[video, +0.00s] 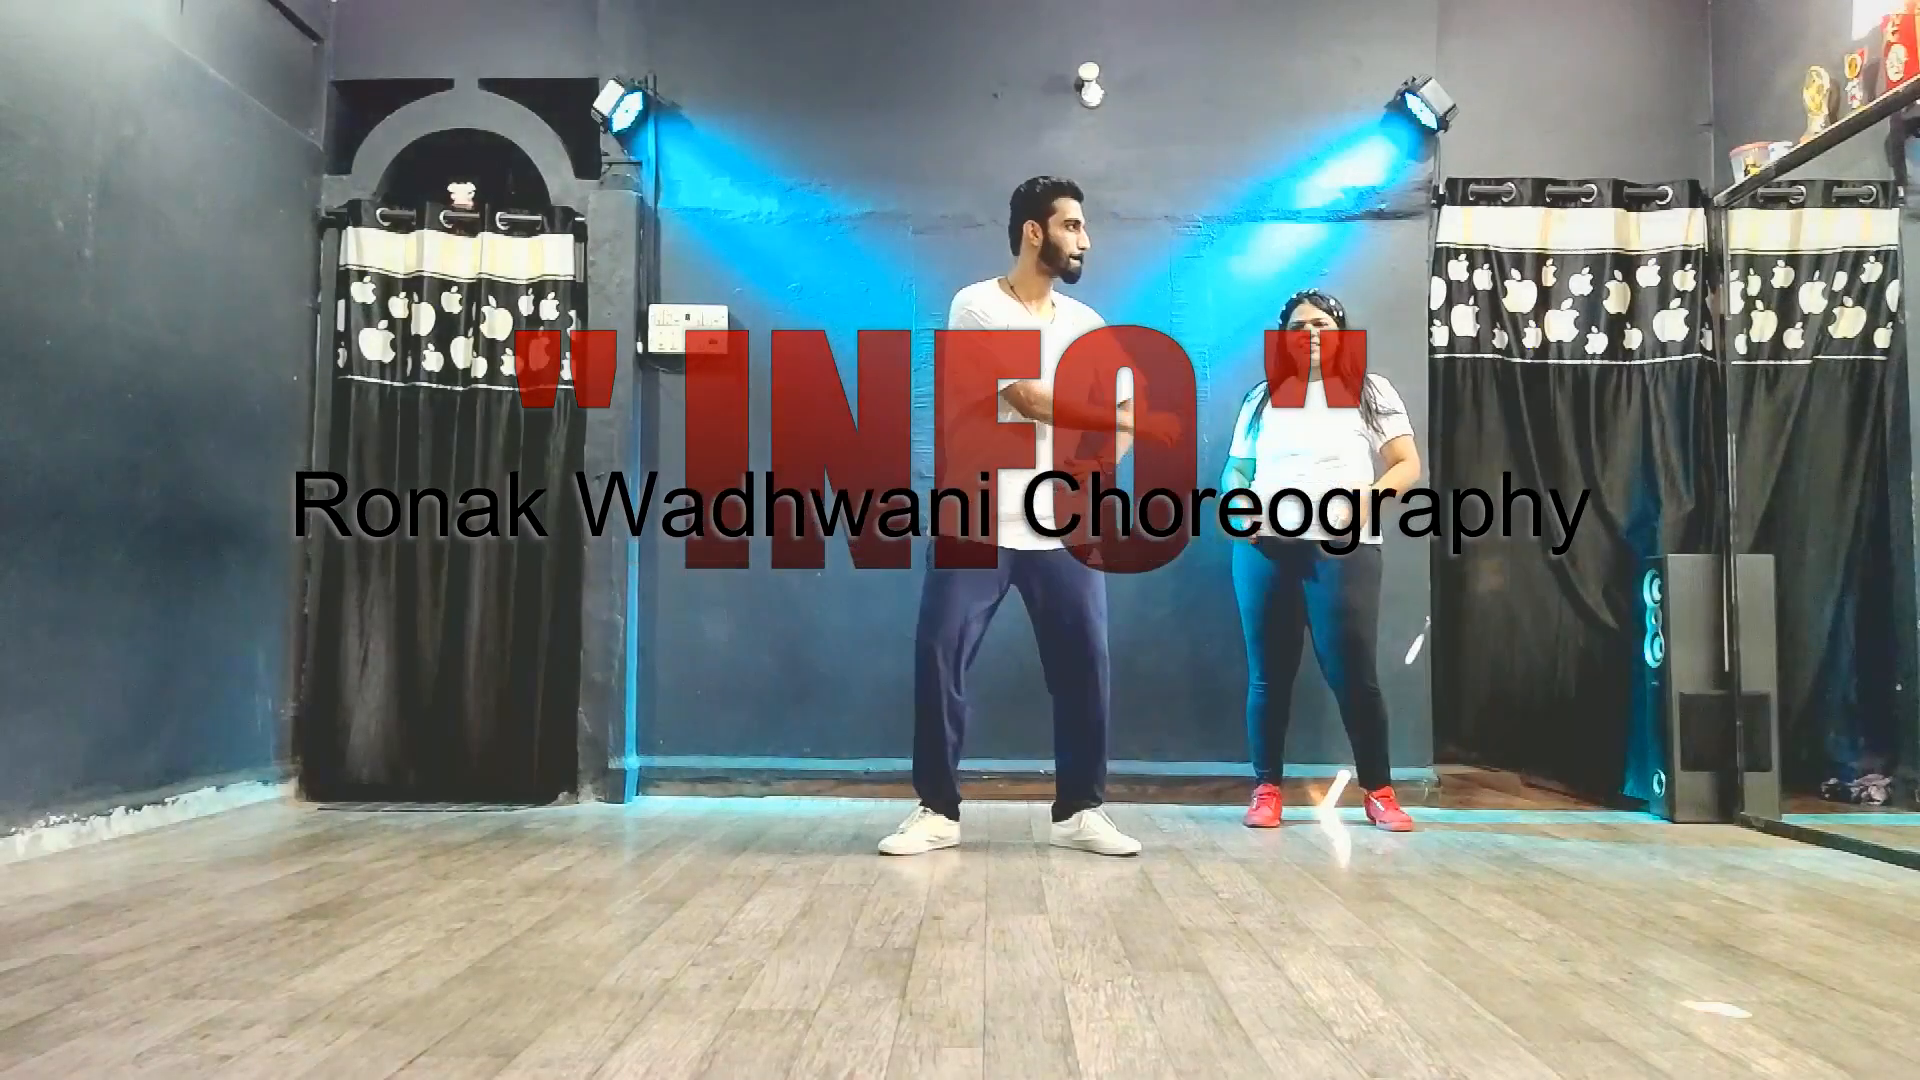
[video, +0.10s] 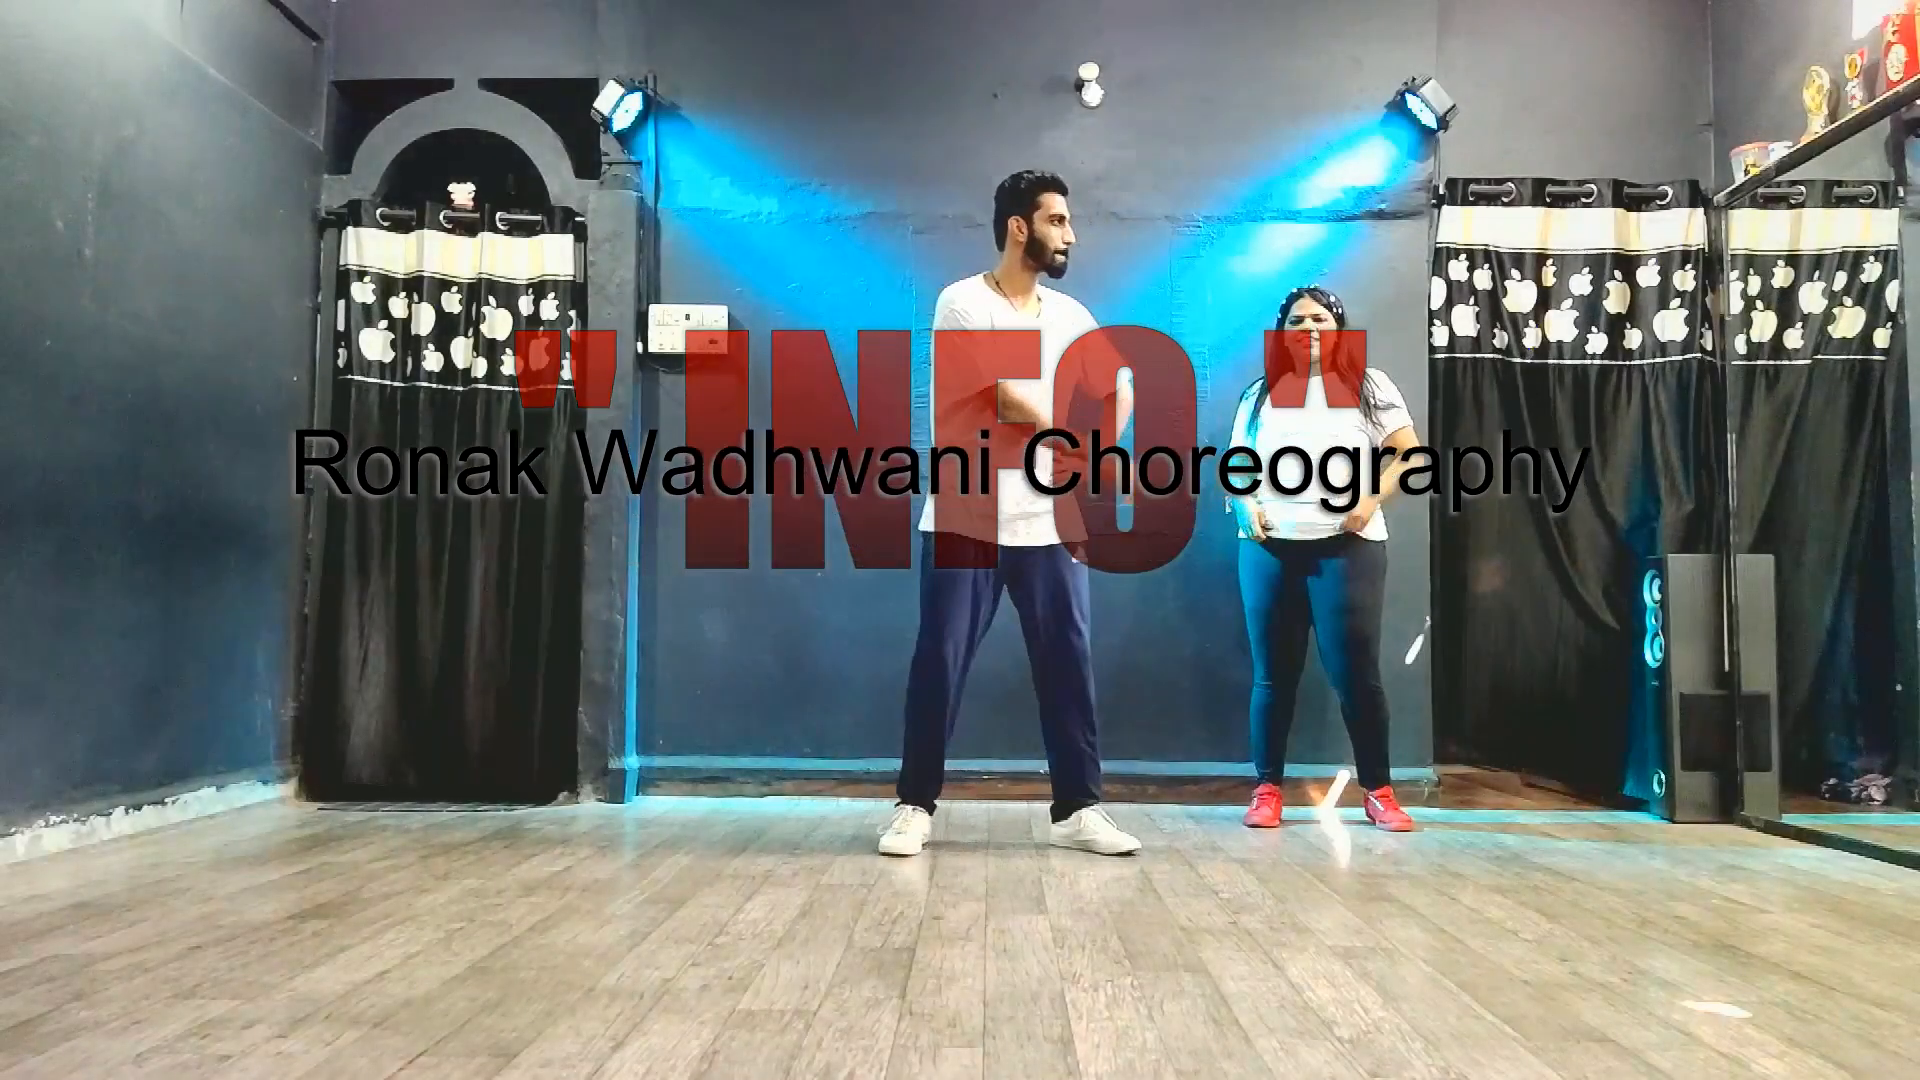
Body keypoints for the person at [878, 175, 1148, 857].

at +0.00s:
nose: (1083, 237)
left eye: (1084, 226)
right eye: (1071, 224)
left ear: (1069, 237)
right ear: (1030, 231)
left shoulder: (1089, 326)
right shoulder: (973, 306)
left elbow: (1126, 425)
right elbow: (955, 412)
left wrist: (1054, 409)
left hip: (1066, 528)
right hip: (979, 522)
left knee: (1086, 662)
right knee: (937, 649)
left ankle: (1078, 809)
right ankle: (938, 811)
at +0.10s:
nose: (1068, 233)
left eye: (1069, 221)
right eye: (1055, 220)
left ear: (1056, 232)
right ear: (1014, 227)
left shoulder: (1073, 318)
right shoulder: (961, 302)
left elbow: (1109, 414)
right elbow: (966, 401)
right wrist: (1067, 426)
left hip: (1050, 518)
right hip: (968, 515)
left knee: (1069, 655)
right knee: (941, 657)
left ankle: (1076, 805)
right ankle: (915, 805)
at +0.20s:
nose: (1046, 229)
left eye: (1046, 217)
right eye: (1032, 217)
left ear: (1019, 229)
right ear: (993, 226)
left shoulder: (1051, 310)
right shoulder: (941, 307)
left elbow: (1103, 391)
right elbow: (951, 424)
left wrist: (1075, 454)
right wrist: (1005, 508)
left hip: (1028, 504)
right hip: (950, 507)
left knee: (1053, 656)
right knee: (929, 660)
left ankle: (1070, 805)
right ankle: (897, 807)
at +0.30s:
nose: (1030, 230)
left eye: (1030, 218)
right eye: (1017, 219)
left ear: (1008, 230)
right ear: (977, 229)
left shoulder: (1038, 312)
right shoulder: (925, 312)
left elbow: (1087, 385)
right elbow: (917, 422)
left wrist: (1059, 463)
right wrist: (920, 526)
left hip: (1019, 517)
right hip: (937, 518)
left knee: (1050, 654)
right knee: (918, 664)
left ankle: (1068, 805)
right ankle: (898, 807)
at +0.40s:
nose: (992, 245)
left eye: (994, 233)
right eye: (976, 234)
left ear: (995, 244)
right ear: (935, 247)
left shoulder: (1014, 321)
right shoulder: (892, 329)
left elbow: (1075, 390)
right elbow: (843, 420)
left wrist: (1045, 471)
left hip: (1002, 518)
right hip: (919, 519)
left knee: (1061, 647)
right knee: (914, 659)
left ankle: (1068, 806)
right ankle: (898, 809)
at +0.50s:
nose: (972, 257)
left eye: (978, 245)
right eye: (956, 246)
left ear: (984, 252)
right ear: (920, 255)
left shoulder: (1014, 325)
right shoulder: (880, 345)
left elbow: (1076, 394)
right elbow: (827, 431)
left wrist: (1044, 475)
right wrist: (752, 432)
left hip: (1002, 527)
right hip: (917, 530)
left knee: (1065, 649)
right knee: (911, 661)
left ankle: (1069, 805)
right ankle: (898, 809)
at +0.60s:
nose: (944, 262)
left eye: (953, 249)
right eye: (928, 251)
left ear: (965, 256)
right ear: (901, 262)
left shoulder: (1009, 324)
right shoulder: (873, 350)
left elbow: (1084, 391)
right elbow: (813, 435)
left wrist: (1045, 478)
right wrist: (774, 400)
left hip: (1002, 521)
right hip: (916, 523)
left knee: (1061, 648)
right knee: (907, 653)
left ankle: (1071, 806)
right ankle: (897, 809)